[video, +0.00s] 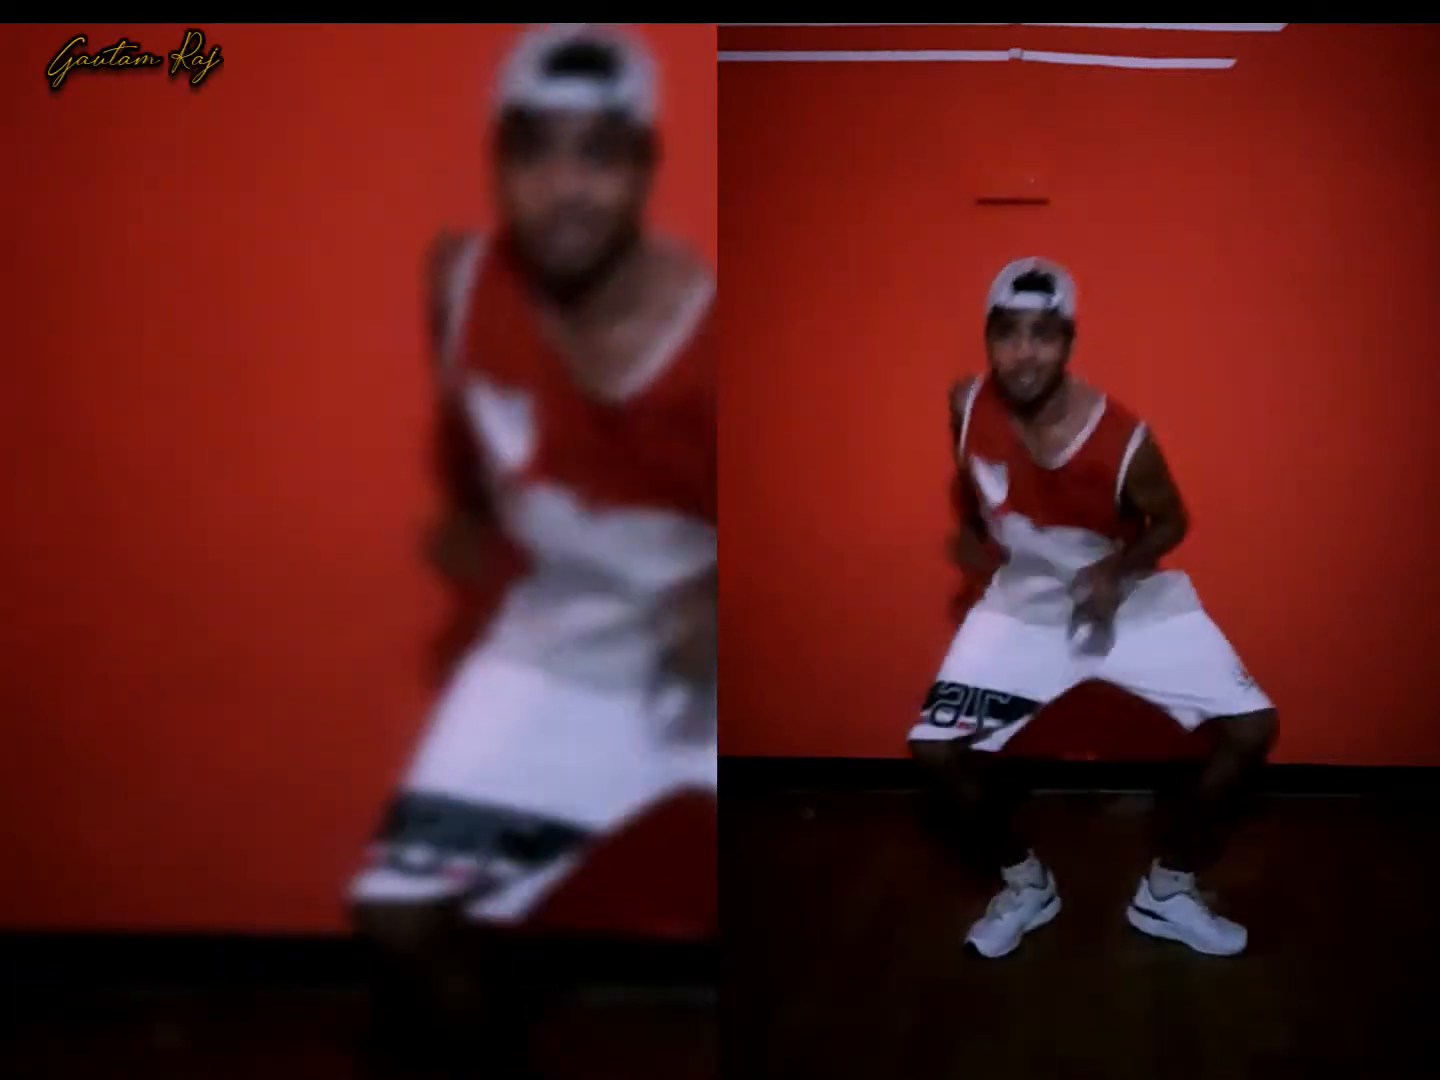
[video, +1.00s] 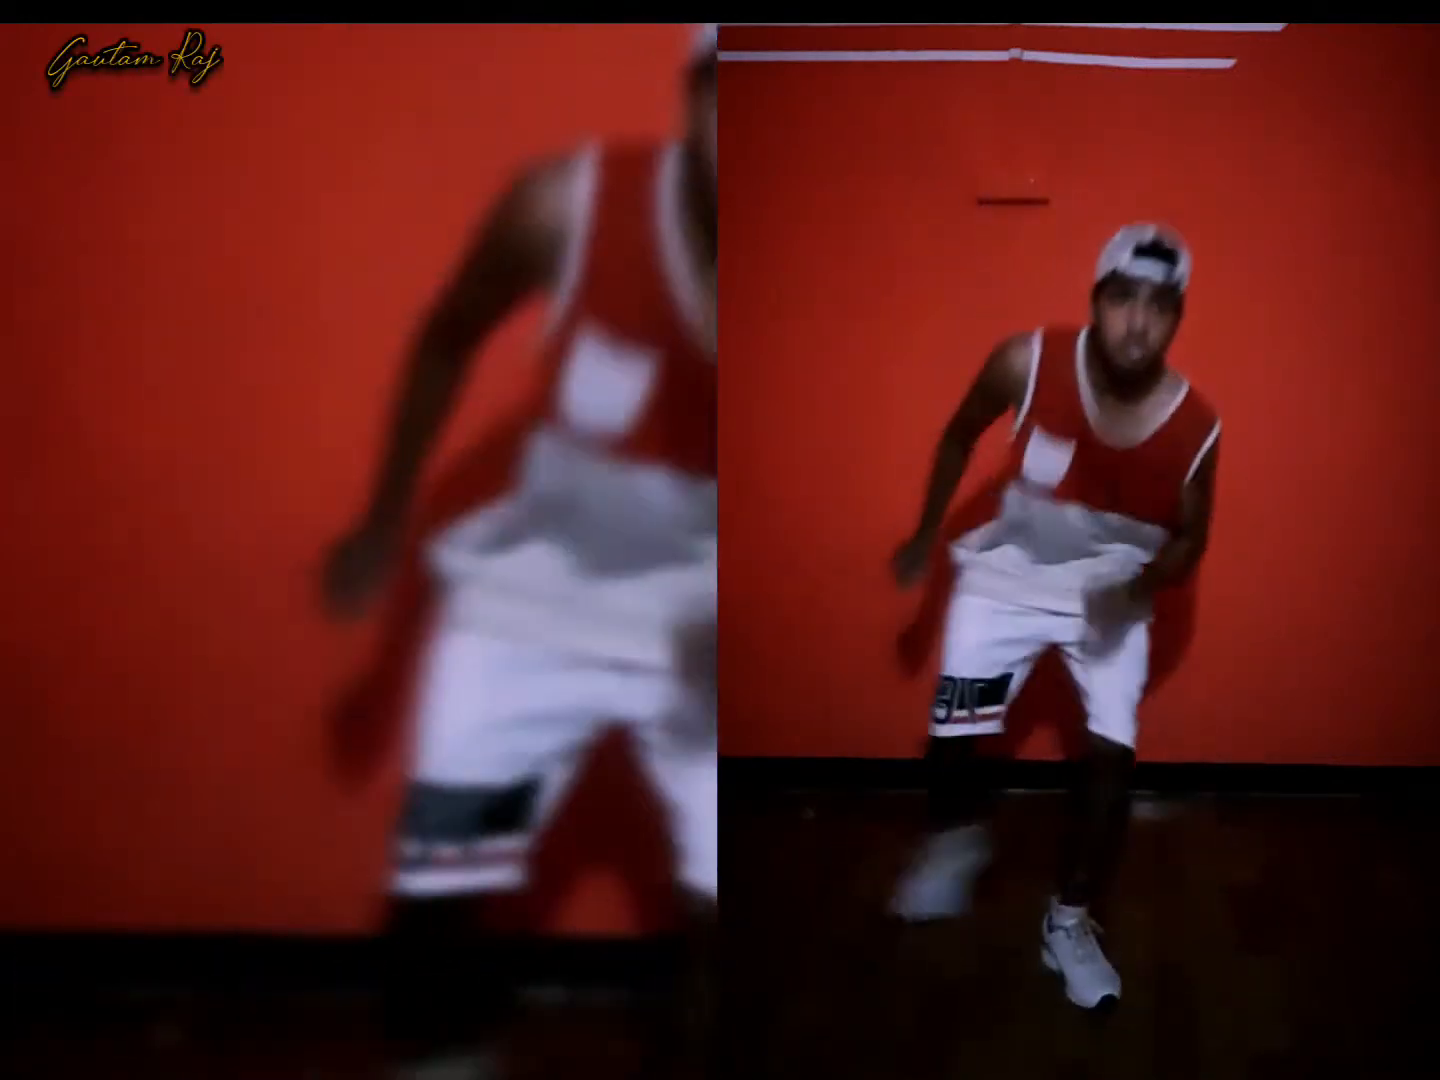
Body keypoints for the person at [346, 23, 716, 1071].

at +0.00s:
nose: (564, 186)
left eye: (599, 155)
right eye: (536, 153)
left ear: (647, 173)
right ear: (498, 170)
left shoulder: (720, 323)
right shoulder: (466, 280)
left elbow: (788, 491)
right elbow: (459, 438)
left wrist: (727, 599)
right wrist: (469, 524)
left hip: (697, 653)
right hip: (541, 647)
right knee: (405, 912)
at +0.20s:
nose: (498, 119)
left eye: (531, 85)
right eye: (469, 86)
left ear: (581, 104)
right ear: (438, 111)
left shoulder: (705, 242)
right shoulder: (402, 283)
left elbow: (793, 392)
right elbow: (328, 439)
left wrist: (747, 520)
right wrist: (435, 523)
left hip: (699, 626)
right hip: (515, 629)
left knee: (789, 902)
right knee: (474, 918)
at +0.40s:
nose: (412, 46)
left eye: (436, 22)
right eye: (389, 27)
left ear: (493, 25)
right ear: (367, 45)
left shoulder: (587, 122)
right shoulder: (362, 223)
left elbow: (632, 311)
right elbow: (448, 483)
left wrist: (693, 411)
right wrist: (503, 341)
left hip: (651, 594)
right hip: (494, 607)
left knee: (618, 936)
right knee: (484, 940)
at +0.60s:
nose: (519, 68)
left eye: (551, 42)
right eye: (496, 39)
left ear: (596, 58)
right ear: (463, 50)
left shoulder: (631, 194)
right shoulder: (387, 184)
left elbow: (630, 391)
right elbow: (349, 439)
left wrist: (740, 431)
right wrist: (426, 405)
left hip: (575, 625)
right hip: (422, 608)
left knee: (512, 965)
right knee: (406, 940)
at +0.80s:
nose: (694, 122)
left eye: (716, 93)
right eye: (668, 90)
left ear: (746, 115)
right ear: (622, 105)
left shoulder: (738, 266)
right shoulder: (526, 248)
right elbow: (314, 401)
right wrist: (276, 629)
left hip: (578, 531)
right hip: (404, 514)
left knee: (623, 834)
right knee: (337, 812)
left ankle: (632, 1078)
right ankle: (261, 1075)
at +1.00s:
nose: (734, 123)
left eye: (750, 98)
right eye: (720, 91)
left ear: (786, 120)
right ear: (690, 95)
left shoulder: (799, 249)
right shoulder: (573, 201)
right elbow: (447, 340)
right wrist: (385, 519)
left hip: (704, 605)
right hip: (529, 588)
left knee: (734, 906)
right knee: (441, 888)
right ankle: (437, 1069)